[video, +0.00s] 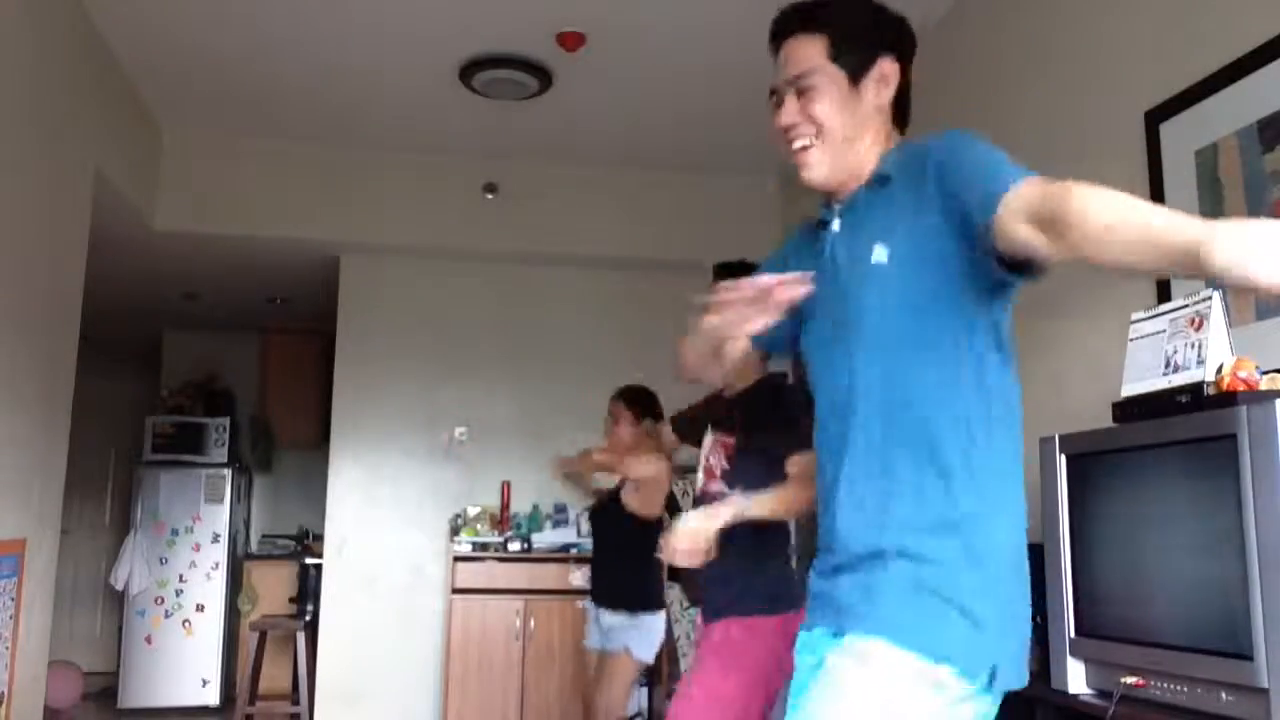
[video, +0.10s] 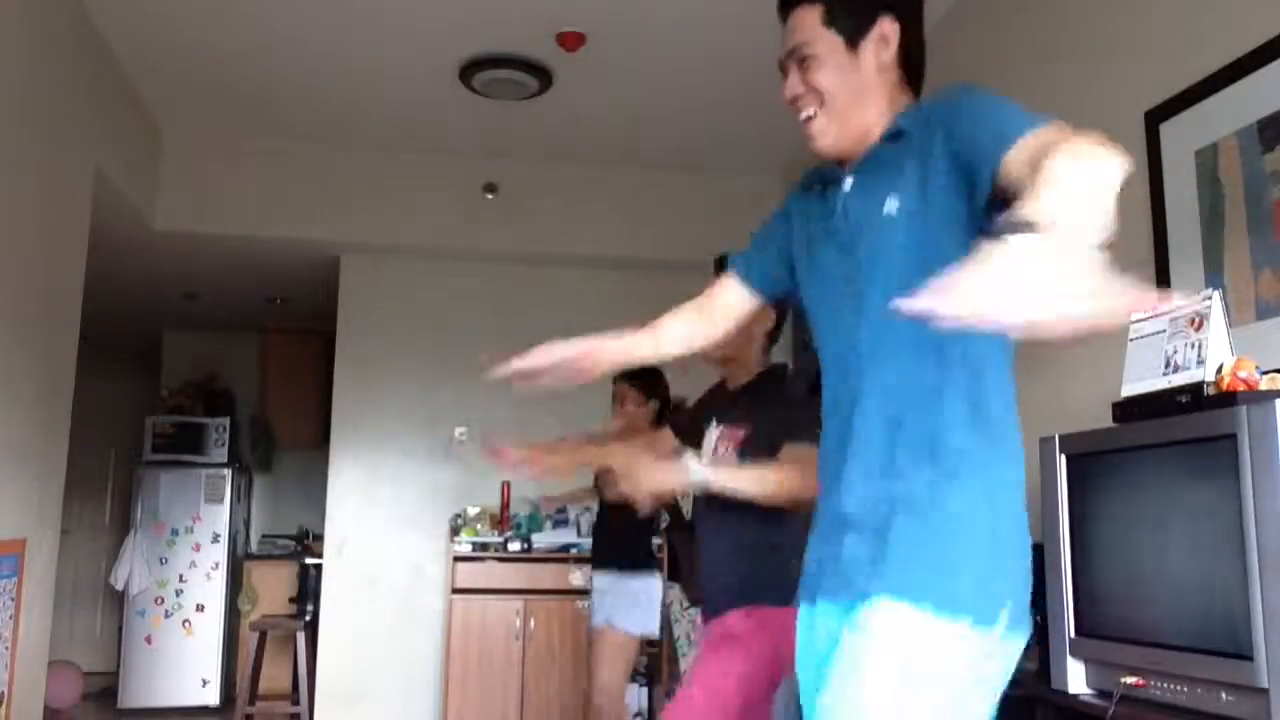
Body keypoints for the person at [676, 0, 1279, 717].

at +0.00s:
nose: (784, 117)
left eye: (804, 89)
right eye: (778, 98)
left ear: (880, 82)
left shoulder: (941, 169)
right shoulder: (807, 249)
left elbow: (1050, 214)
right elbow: (704, 373)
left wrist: (1219, 245)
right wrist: (719, 334)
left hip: (933, 597)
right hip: (841, 596)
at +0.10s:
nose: (788, 87)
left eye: (804, 60)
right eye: (784, 71)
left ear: (880, 45)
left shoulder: (953, 124)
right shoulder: (808, 206)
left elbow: (1084, 164)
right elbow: (712, 313)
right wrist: (606, 351)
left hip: (942, 569)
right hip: (840, 566)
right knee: (831, 709)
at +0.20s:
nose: (799, 76)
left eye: (811, 46)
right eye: (794, 58)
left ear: (889, 27)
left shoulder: (977, 112)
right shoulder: (820, 198)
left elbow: (1125, 157)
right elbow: (721, 313)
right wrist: (555, 403)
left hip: (962, 550)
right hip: (841, 547)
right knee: (809, 714)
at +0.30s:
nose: (803, 100)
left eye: (818, 72)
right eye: (800, 85)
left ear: (897, 52)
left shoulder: (997, 152)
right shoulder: (828, 233)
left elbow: (1131, 199)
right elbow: (701, 337)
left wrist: (904, 219)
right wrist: (581, 425)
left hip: (986, 609)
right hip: (837, 599)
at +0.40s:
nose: (813, 108)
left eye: (827, 76)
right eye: (808, 88)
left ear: (910, 58)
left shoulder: (1004, 155)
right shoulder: (838, 241)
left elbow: (1163, 175)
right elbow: (721, 340)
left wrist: (920, 199)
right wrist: (576, 422)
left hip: (1004, 611)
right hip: (859, 608)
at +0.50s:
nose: (841, 76)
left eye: (858, 44)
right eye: (826, 61)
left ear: (933, 35)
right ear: (826, 78)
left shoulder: (1006, 118)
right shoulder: (858, 204)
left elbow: (1183, 137)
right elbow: (743, 322)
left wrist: (964, 212)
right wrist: (576, 396)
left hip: (996, 594)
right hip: (857, 593)